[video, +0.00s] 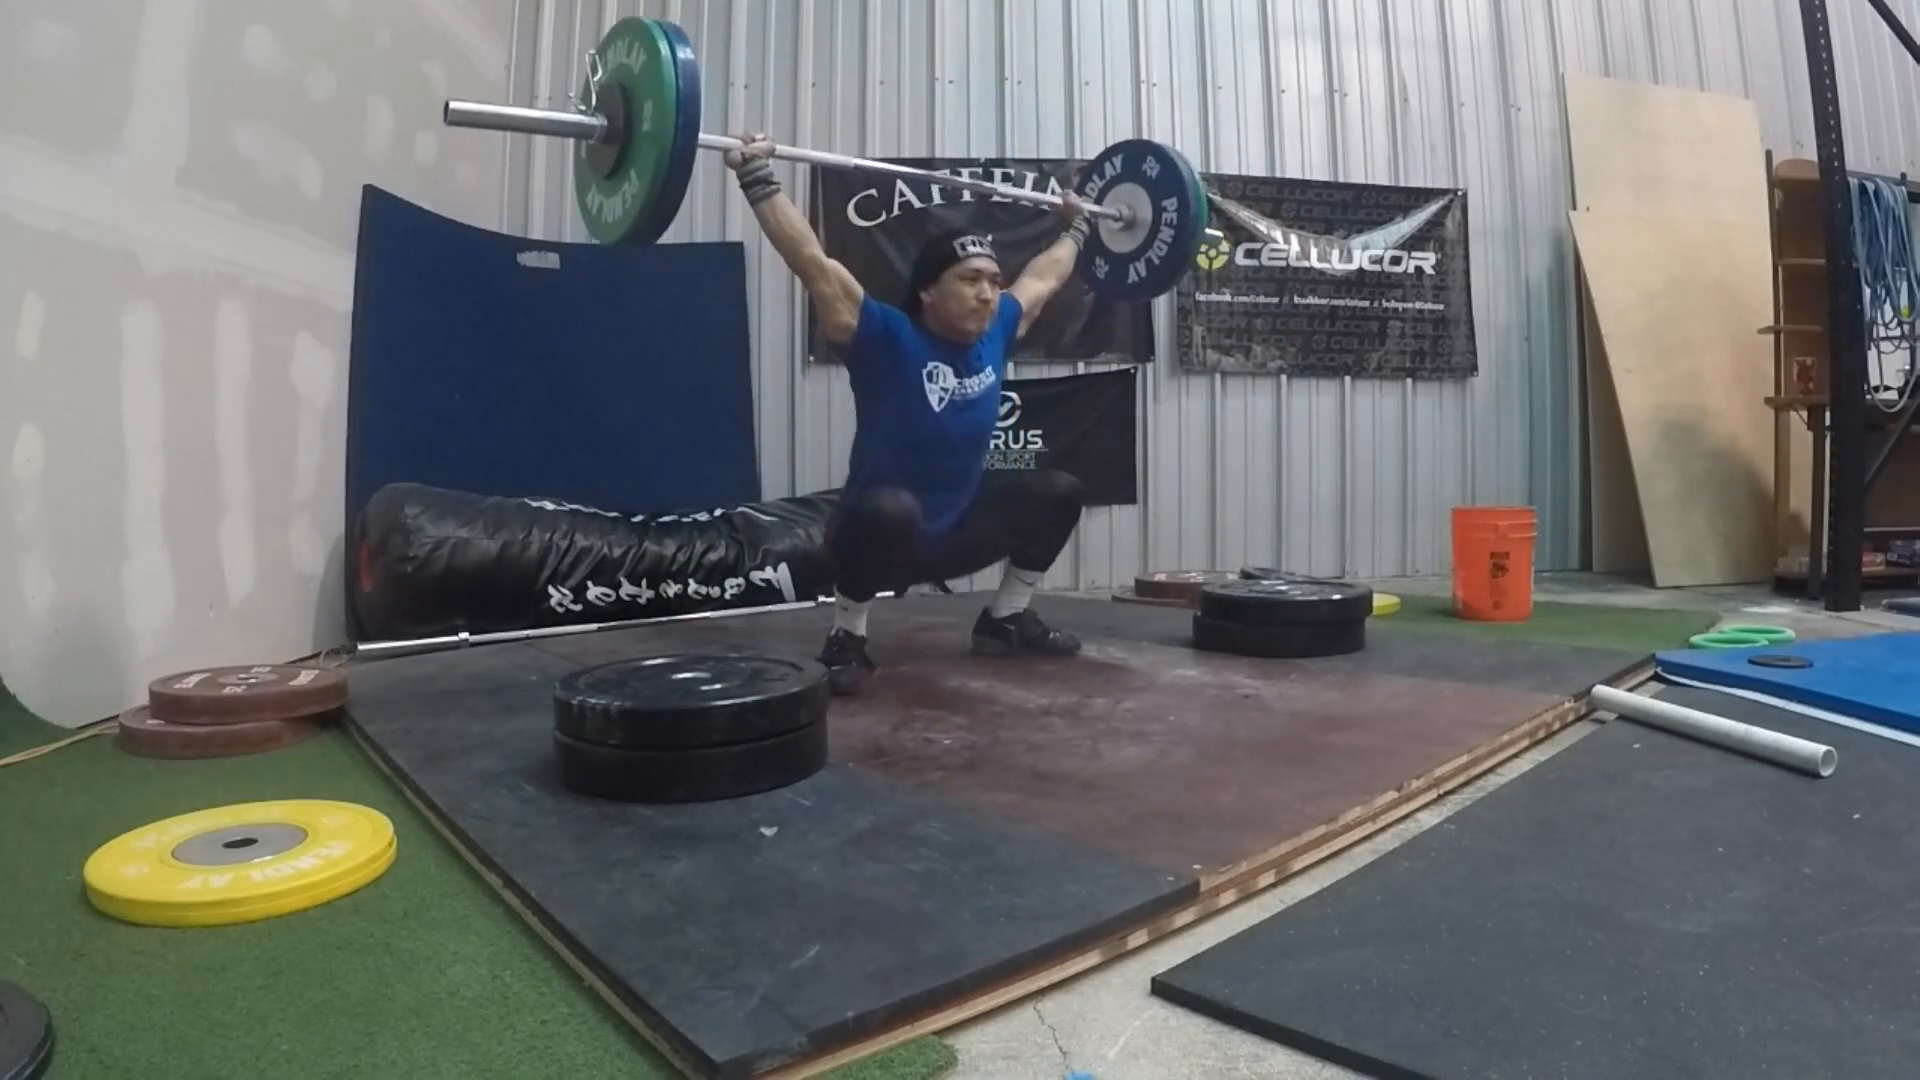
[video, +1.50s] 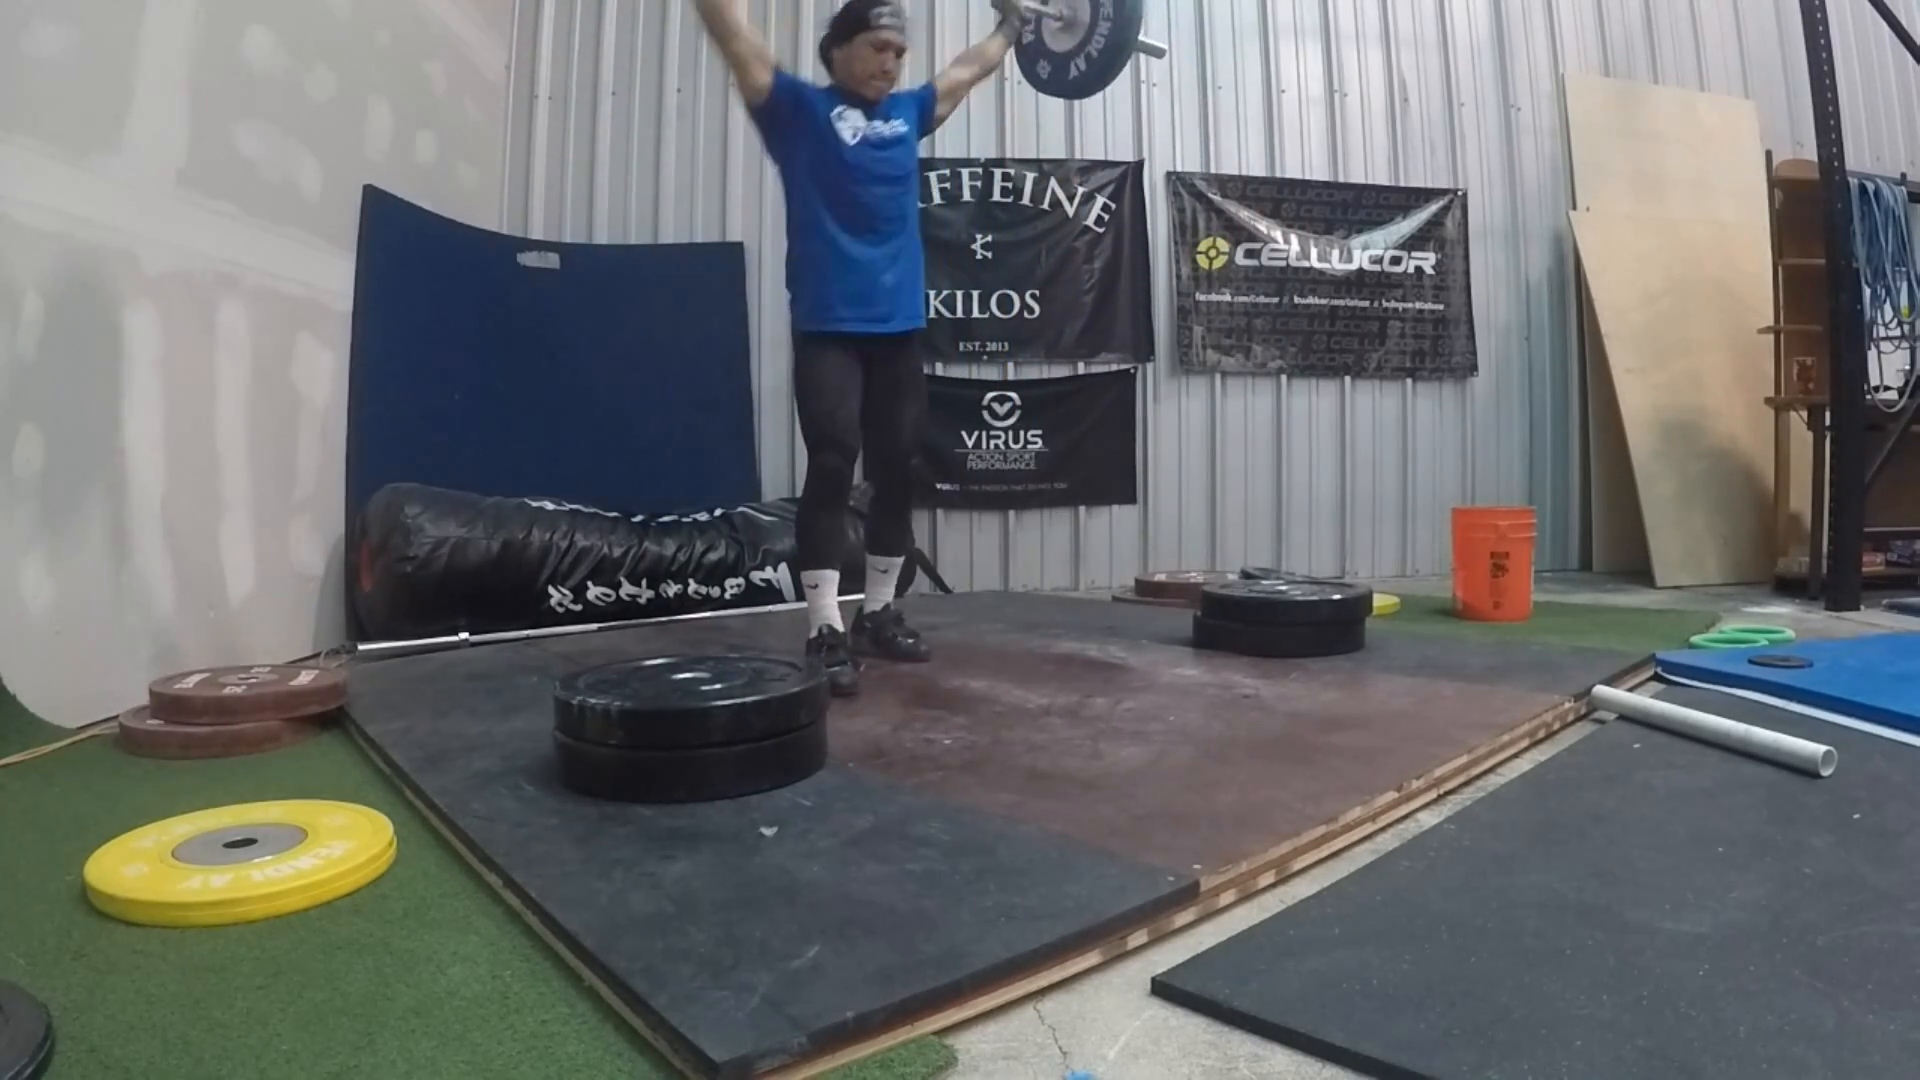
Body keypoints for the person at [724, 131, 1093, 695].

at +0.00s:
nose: (986, 294)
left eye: (991, 283)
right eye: (970, 280)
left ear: (998, 293)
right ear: (927, 295)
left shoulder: (993, 335)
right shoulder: (881, 337)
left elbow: (1042, 279)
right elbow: (815, 267)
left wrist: (1075, 228)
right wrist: (757, 179)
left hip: (957, 535)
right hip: (883, 538)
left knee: (1058, 494)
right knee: (888, 507)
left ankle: (1005, 617)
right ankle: (847, 636)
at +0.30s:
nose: (992, 242)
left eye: (997, 231)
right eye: (976, 229)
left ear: (1003, 245)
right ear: (934, 243)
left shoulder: (998, 291)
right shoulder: (889, 286)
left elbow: (1048, 234)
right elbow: (819, 214)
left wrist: (1078, 189)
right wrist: (759, 129)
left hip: (943, 475)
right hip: (864, 471)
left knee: (1050, 487)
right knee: (888, 498)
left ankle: (1004, 617)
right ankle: (846, 636)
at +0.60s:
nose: (998, 171)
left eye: (1001, 160)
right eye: (982, 158)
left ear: (1003, 175)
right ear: (937, 176)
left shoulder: (1005, 220)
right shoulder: (891, 221)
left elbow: (1051, 172)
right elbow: (818, 149)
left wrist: (1074, 127)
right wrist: (755, 68)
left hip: (956, 430)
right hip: (871, 424)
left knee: (1056, 486)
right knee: (897, 493)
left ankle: (1006, 617)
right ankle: (846, 632)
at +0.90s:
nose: (965, 95)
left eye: (971, 84)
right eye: (950, 81)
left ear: (975, 101)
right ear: (905, 94)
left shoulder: (973, 153)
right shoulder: (860, 148)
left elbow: (1022, 108)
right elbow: (786, 63)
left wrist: (1053, 67)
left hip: (931, 378)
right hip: (853, 372)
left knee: (1022, 473)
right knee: (874, 483)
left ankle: (1004, 616)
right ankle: (828, 633)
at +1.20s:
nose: (923, 41)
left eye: (929, 29)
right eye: (910, 25)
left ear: (931, 41)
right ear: (864, 30)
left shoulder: (935, 88)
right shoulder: (820, 76)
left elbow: (988, 42)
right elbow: (762, 12)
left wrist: (1030, 6)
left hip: (910, 318)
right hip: (830, 316)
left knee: (940, 456)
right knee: (835, 458)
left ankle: (901, 588)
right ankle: (824, 627)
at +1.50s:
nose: (891, 64)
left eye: (897, 53)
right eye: (879, 50)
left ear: (900, 61)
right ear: (836, 52)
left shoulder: (907, 113)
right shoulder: (797, 110)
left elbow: (970, 69)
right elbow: (731, 34)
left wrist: (1015, 23)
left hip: (900, 327)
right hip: (828, 328)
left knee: (897, 469)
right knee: (831, 463)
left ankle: (878, 613)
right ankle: (826, 629)